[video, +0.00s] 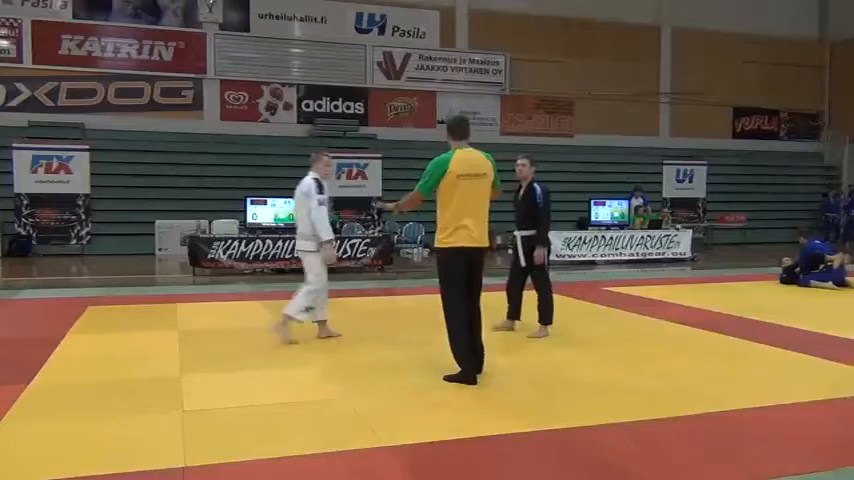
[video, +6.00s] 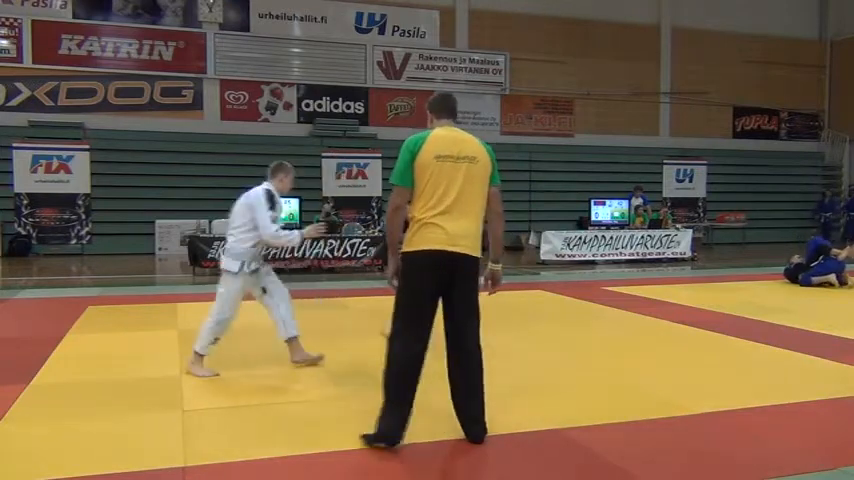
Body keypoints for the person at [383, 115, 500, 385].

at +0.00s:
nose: (447, 138)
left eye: (447, 134)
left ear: (448, 136)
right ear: (469, 135)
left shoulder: (443, 162)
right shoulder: (487, 160)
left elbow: (417, 198)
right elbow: (495, 193)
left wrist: (398, 206)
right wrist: (467, 192)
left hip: (451, 246)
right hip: (477, 245)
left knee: (455, 307)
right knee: (472, 303)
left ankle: (467, 370)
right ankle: (475, 363)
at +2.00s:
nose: (428, 144)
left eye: (428, 140)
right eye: (431, 139)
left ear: (430, 140)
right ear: (449, 140)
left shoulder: (433, 158)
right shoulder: (463, 161)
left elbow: (424, 197)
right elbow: (461, 199)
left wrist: (415, 237)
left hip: (443, 237)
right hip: (462, 236)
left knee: (445, 299)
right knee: (453, 296)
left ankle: (460, 357)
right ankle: (450, 351)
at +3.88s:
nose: (434, 140)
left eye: (434, 136)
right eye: (436, 136)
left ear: (438, 134)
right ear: (458, 132)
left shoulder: (433, 161)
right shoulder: (484, 158)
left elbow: (420, 207)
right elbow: (494, 207)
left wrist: (412, 224)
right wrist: (482, 233)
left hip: (446, 248)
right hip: (479, 248)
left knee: (445, 314)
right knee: (477, 313)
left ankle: (449, 376)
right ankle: (486, 385)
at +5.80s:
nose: (435, 122)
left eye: (436, 117)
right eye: (440, 117)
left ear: (439, 116)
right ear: (466, 117)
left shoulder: (426, 144)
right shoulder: (491, 150)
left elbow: (408, 203)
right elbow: (501, 207)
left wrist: (406, 253)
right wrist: (495, 257)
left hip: (432, 255)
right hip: (474, 257)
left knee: (425, 338)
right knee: (471, 340)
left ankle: (422, 421)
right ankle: (475, 427)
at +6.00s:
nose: (425, 123)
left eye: (425, 118)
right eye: (429, 118)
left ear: (430, 116)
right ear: (457, 117)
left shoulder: (416, 144)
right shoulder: (483, 150)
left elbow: (398, 204)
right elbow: (495, 208)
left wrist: (393, 255)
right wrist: (496, 259)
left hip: (421, 257)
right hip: (465, 259)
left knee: (407, 341)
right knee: (466, 342)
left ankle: (389, 431)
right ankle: (475, 427)